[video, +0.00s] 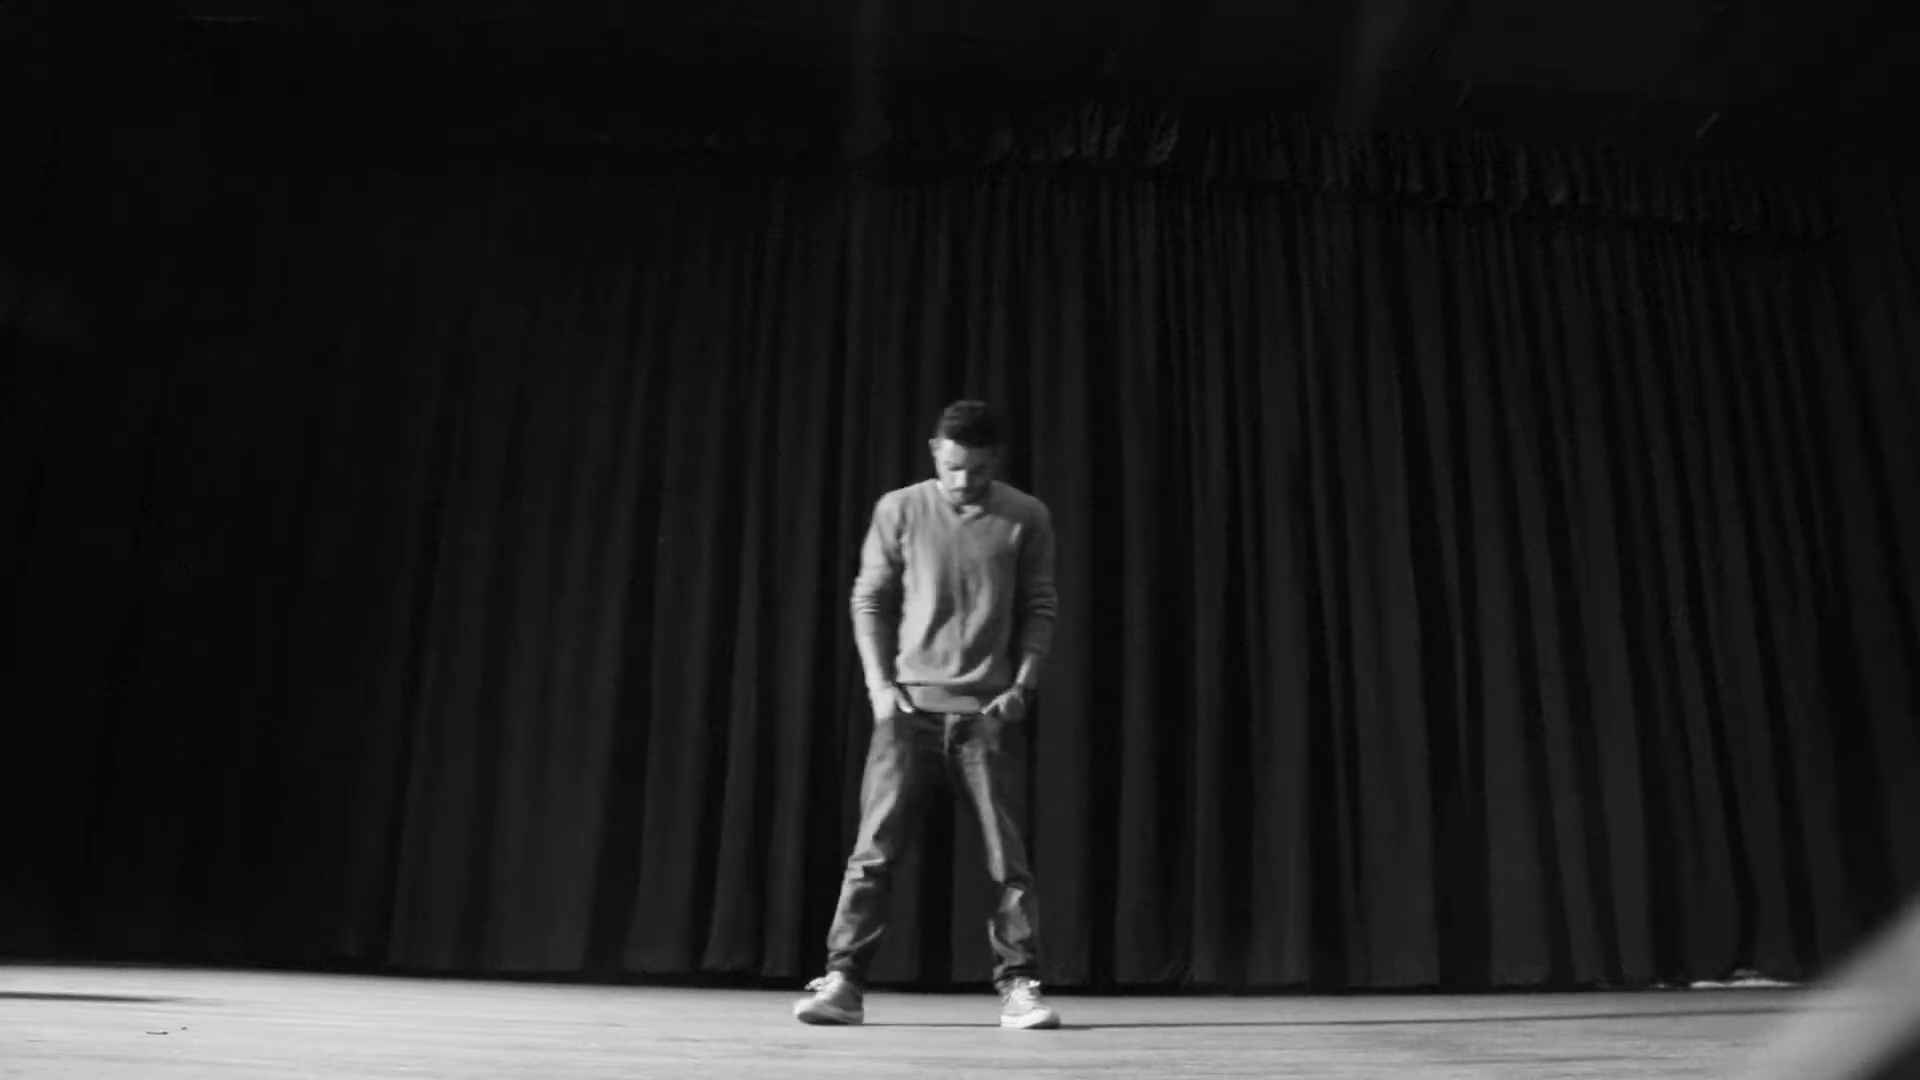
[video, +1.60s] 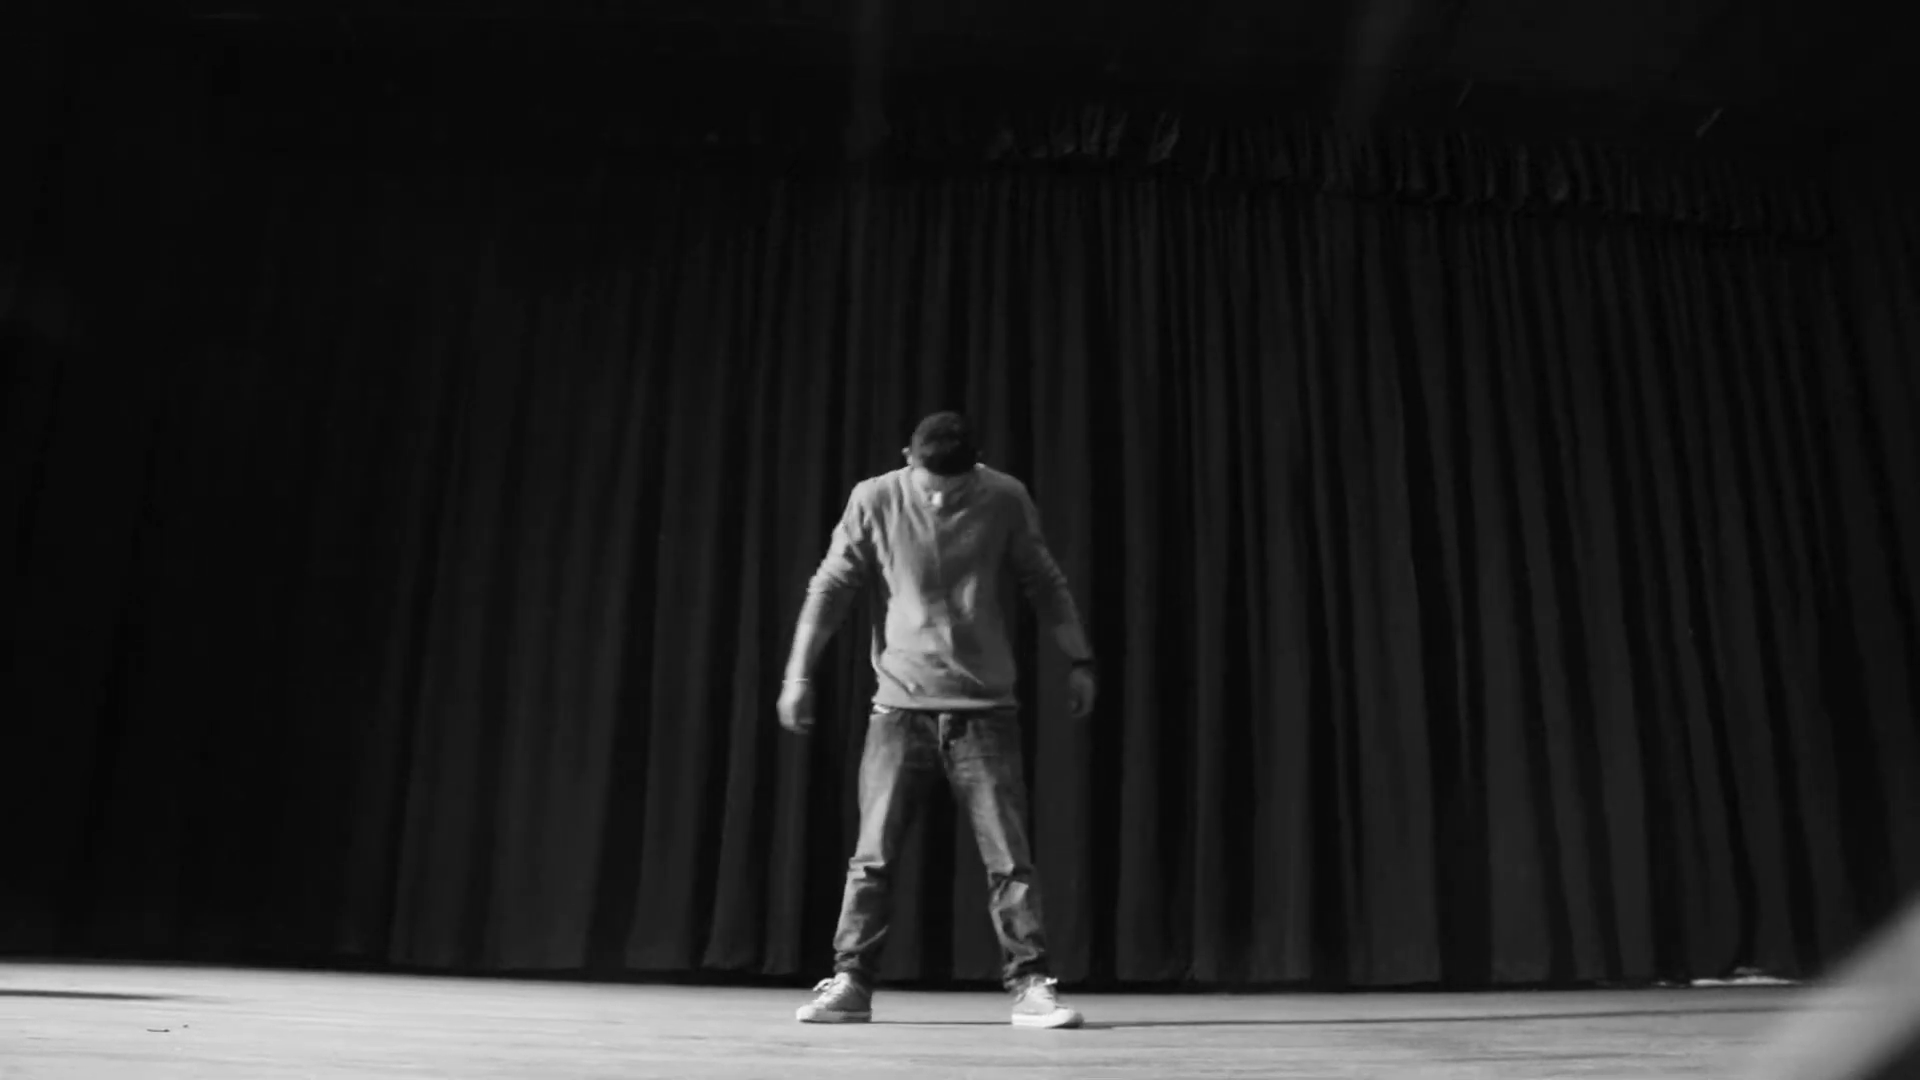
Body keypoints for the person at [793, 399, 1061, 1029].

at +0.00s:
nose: (963, 482)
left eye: (975, 470)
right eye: (951, 468)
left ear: (995, 460)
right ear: (933, 456)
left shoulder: (1027, 518)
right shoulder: (897, 511)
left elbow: (1040, 609)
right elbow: (867, 601)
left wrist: (1021, 688)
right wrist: (879, 684)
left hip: (987, 710)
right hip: (907, 706)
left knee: (1007, 858)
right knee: (873, 850)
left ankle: (1020, 989)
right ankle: (842, 983)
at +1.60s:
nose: (939, 499)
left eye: (951, 489)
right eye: (928, 486)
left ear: (972, 470)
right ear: (910, 462)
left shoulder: (1006, 499)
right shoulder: (874, 500)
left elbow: (1046, 582)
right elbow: (831, 586)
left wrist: (1078, 658)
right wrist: (798, 674)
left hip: (983, 707)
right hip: (899, 705)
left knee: (1008, 856)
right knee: (872, 856)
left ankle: (1030, 988)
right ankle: (849, 983)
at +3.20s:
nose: (950, 479)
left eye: (962, 467)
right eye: (939, 467)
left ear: (982, 450)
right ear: (920, 451)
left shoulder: (1021, 487)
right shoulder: (884, 490)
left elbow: (1110, 515)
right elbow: (802, 513)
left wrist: (1179, 566)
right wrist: (719, 562)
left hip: (998, 705)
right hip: (913, 705)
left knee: (1019, 853)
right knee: (885, 846)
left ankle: (1036, 988)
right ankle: (871, 984)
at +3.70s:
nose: (989, 466)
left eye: (1002, 454)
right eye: (976, 451)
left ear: (1019, 447)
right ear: (951, 438)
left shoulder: (1041, 492)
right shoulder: (908, 487)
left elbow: (1120, 517)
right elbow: (819, 507)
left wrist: (1208, 536)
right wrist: (726, 519)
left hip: (1018, 695)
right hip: (934, 694)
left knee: (1035, 848)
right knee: (912, 843)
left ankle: (1028, 989)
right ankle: (880, 977)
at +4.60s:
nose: (973, 441)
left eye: (986, 429)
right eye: (963, 427)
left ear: (1005, 424)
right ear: (943, 420)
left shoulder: (1040, 486)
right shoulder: (904, 486)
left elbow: (1122, 517)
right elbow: (820, 511)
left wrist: (1210, 528)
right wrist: (730, 515)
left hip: (1011, 688)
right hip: (929, 690)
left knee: (1018, 846)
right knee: (921, 844)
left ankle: (1018, 987)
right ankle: (914, 985)